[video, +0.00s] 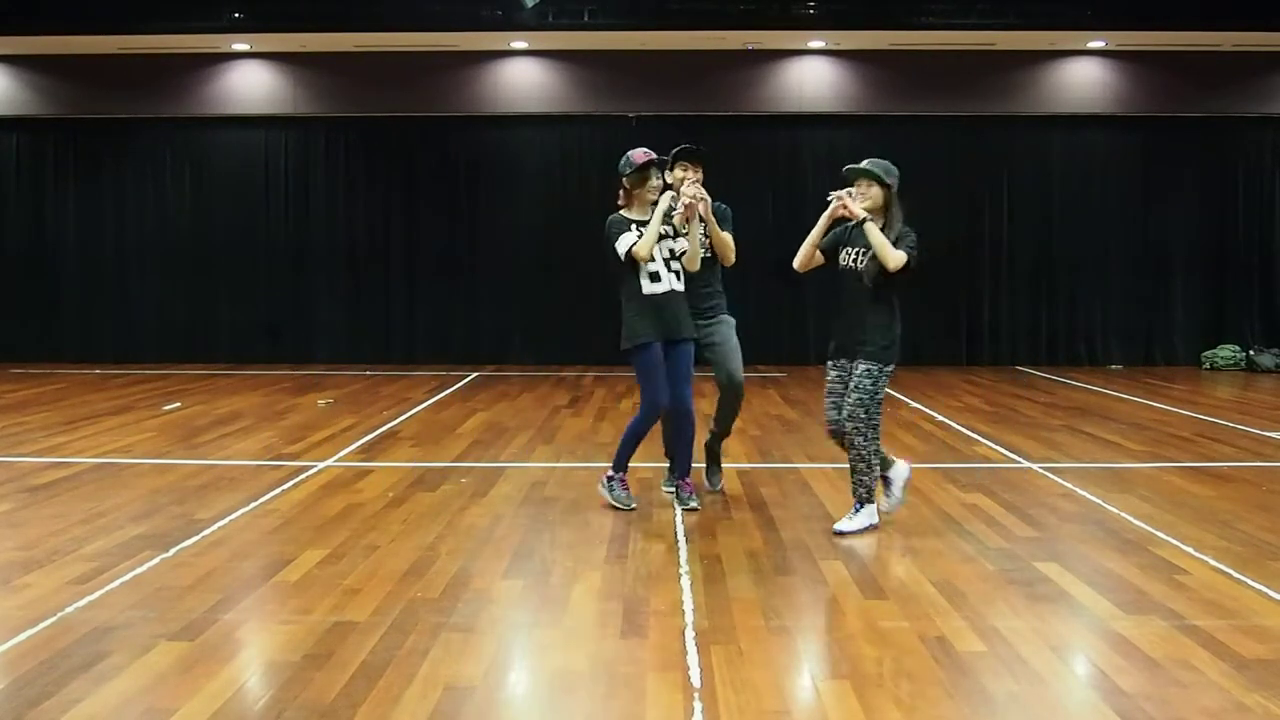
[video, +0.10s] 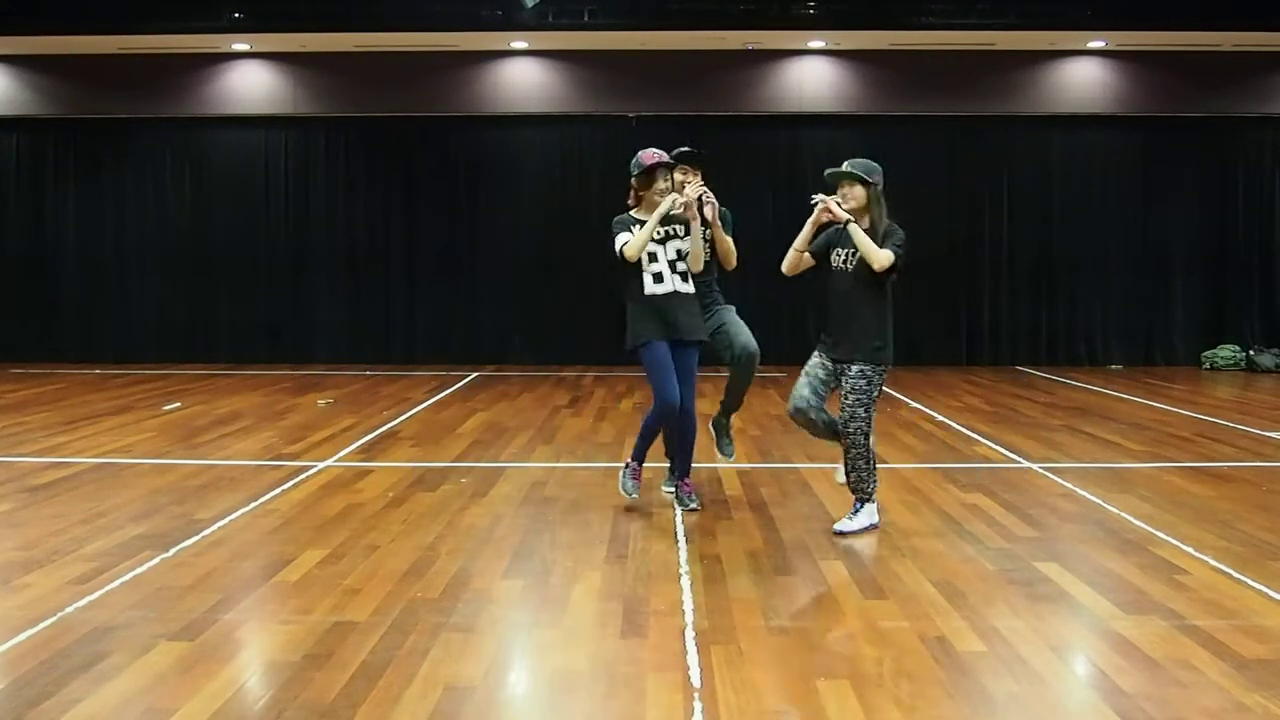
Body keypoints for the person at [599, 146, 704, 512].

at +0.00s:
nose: (654, 184)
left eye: (657, 178)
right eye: (645, 179)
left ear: (662, 181)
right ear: (628, 185)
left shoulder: (670, 218)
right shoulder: (617, 222)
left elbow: (693, 264)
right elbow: (641, 253)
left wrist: (695, 220)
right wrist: (660, 211)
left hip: (679, 321)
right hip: (644, 324)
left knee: (683, 405)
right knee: (654, 404)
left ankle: (681, 479)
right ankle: (615, 475)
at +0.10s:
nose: (664, 187)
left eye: (667, 181)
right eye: (656, 182)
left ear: (673, 183)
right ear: (638, 186)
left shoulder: (684, 220)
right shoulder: (625, 221)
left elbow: (697, 266)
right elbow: (632, 253)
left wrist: (697, 219)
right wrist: (658, 214)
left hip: (686, 317)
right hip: (648, 318)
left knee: (687, 406)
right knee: (668, 401)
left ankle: (681, 479)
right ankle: (635, 461)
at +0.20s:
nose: (670, 187)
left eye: (673, 181)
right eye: (661, 182)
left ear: (680, 183)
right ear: (645, 187)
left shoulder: (692, 218)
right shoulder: (633, 220)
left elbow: (705, 260)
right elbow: (630, 253)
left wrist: (698, 214)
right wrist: (655, 213)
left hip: (689, 315)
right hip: (650, 316)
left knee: (688, 403)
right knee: (670, 398)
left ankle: (681, 479)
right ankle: (648, 463)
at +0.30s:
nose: (673, 179)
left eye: (677, 172)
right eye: (665, 173)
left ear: (685, 177)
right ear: (650, 180)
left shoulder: (700, 212)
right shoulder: (638, 215)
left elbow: (712, 250)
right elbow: (633, 250)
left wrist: (697, 205)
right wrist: (655, 208)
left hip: (691, 315)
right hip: (651, 315)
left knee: (687, 402)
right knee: (666, 397)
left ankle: (683, 480)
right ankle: (656, 474)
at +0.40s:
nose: (675, 176)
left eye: (680, 170)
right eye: (667, 171)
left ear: (687, 175)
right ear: (653, 178)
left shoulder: (701, 213)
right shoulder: (640, 216)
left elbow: (712, 253)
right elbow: (635, 254)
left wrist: (695, 209)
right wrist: (657, 212)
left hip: (693, 320)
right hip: (654, 319)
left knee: (688, 402)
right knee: (664, 399)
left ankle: (683, 480)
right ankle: (659, 482)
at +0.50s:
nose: (676, 177)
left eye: (680, 170)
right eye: (668, 172)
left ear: (687, 175)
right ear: (654, 179)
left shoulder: (698, 218)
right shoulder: (641, 218)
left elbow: (708, 264)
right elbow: (640, 261)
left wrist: (698, 221)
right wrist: (662, 217)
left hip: (694, 321)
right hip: (655, 321)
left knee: (688, 402)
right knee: (663, 400)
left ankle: (683, 479)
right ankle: (659, 481)